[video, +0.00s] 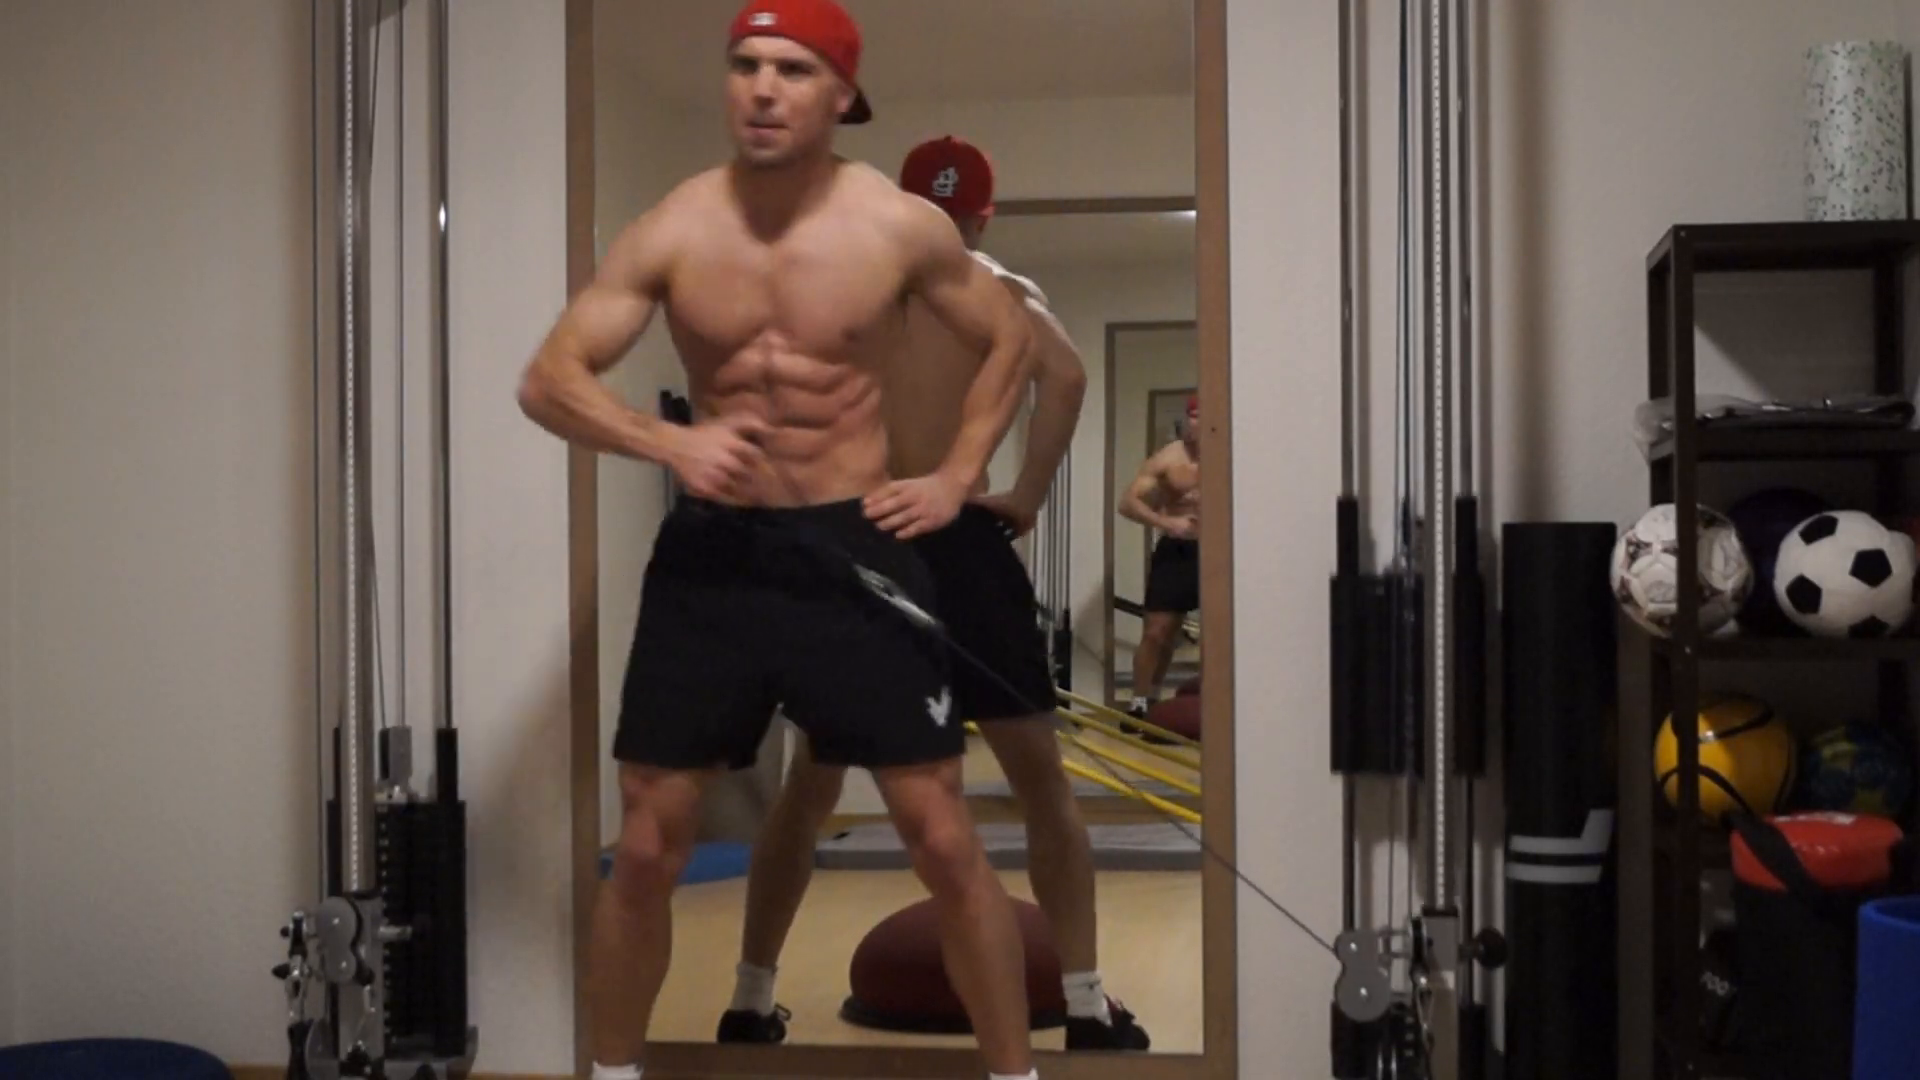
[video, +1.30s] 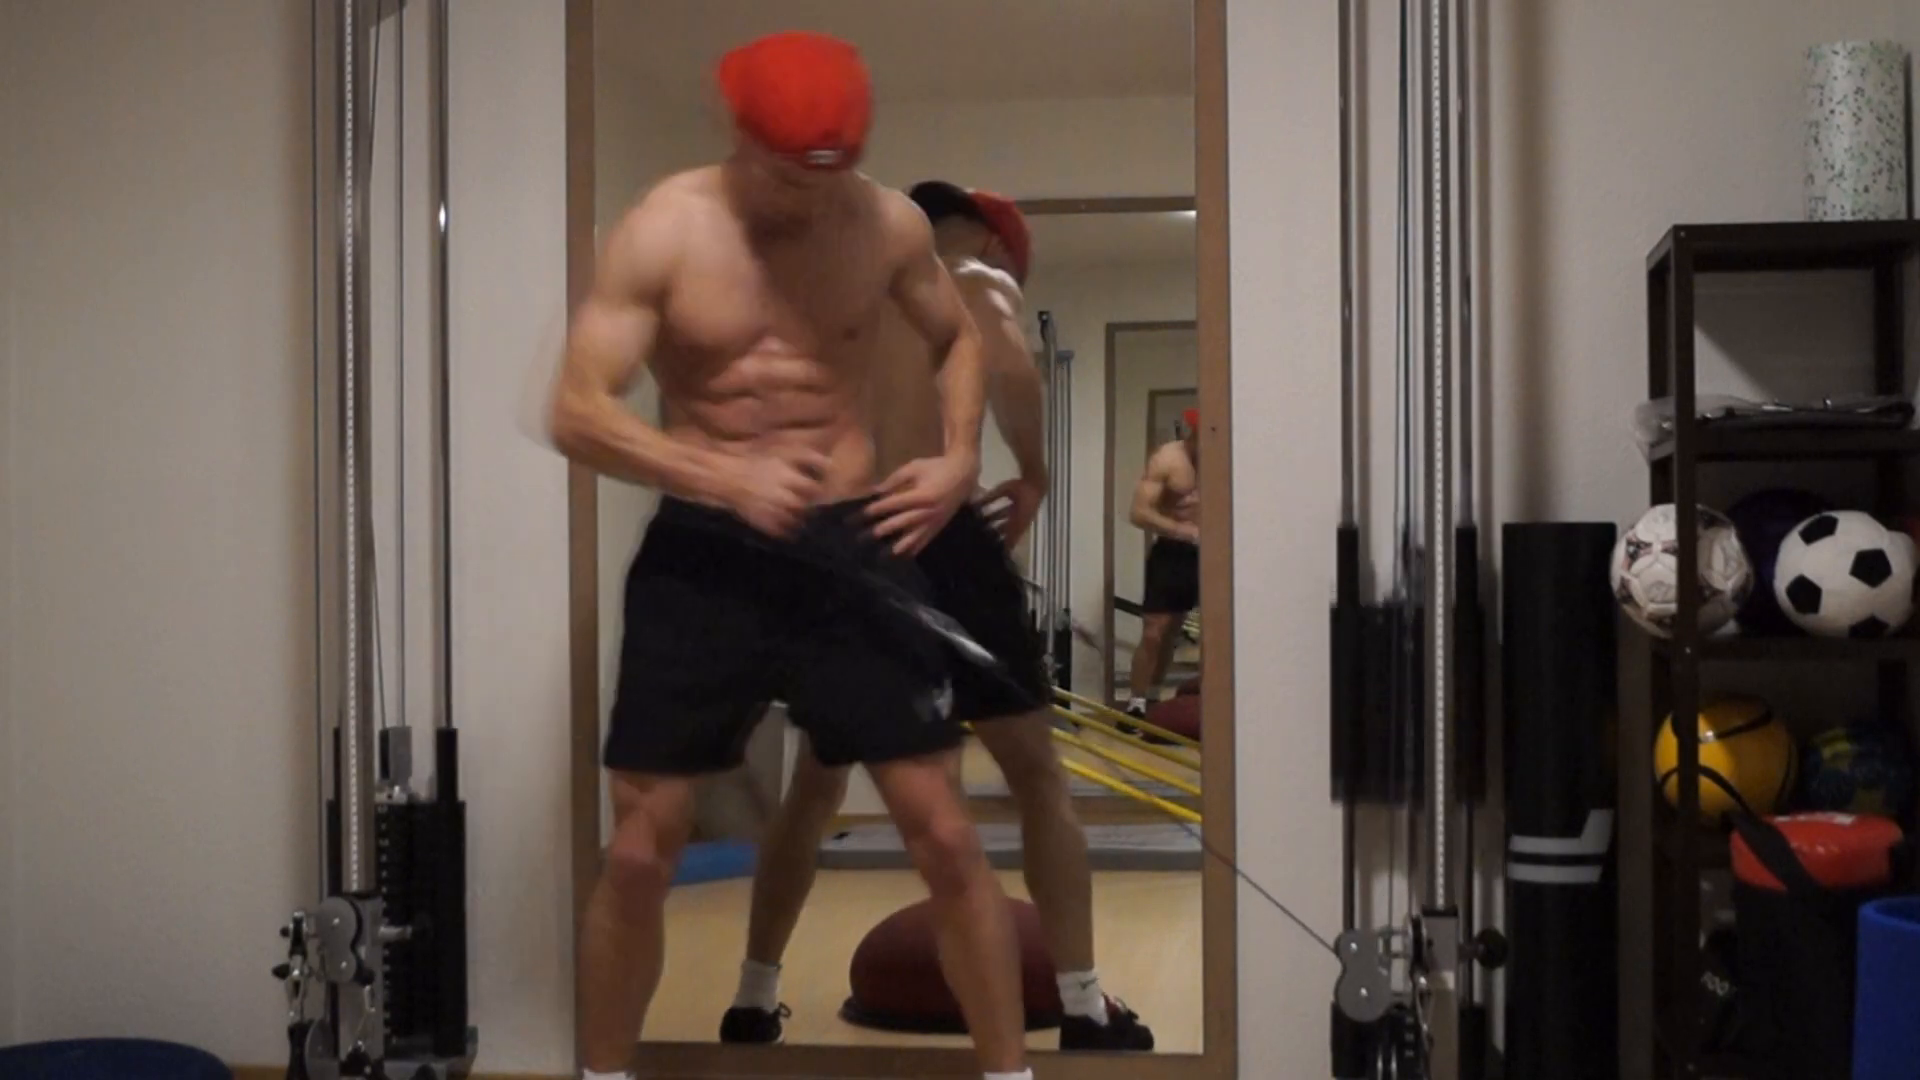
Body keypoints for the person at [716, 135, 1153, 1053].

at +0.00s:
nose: (979, 226)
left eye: (962, 210)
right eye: (981, 213)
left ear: (899, 204)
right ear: (981, 216)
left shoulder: (838, 278)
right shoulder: (999, 291)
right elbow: (1066, 373)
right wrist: (1026, 497)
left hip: (851, 552)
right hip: (967, 548)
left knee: (809, 790)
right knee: (1041, 781)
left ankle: (751, 999)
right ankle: (1084, 1003)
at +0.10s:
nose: (1036, 227)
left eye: (1026, 214)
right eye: (1034, 213)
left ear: (947, 209)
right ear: (1020, 216)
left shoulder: (892, 276)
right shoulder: (1025, 293)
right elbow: (1032, 382)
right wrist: (1023, 500)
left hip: (880, 546)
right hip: (987, 550)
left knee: (821, 795)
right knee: (1056, 783)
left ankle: (753, 996)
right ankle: (1086, 1003)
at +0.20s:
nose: (1060, 246)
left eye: (1061, 229)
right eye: (1057, 228)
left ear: (980, 215)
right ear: (1023, 220)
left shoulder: (917, 279)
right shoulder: (1005, 287)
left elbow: (894, 445)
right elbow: (986, 432)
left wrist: (1027, 526)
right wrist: (1029, 529)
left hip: (885, 556)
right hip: (980, 555)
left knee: (828, 798)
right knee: (1059, 782)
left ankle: (754, 999)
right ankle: (1088, 1005)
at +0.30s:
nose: (1092, 260)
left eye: (1095, 244)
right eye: (1088, 240)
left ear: (1031, 224)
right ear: (1042, 224)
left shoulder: (986, 305)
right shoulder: (991, 291)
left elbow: (1019, 480)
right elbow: (953, 443)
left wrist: (1096, 553)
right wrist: (1010, 554)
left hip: (901, 567)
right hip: (966, 573)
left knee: (840, 793)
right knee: (1059, 781)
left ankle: (756, 994)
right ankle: (1087, 1004)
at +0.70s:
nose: (1029, 298)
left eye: (1035, 283)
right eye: (1031, 278)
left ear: (970, 245)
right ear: (1004, 252)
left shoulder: (896, 294)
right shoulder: (969, 301)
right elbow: (955, 420)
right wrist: (988, 524)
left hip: (874, 554)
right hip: (953, 561)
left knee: (833, 792)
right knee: (1034, 779)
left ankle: (762, 993)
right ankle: (1083, 1000)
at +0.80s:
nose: (1011, 288)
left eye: (1012, 277)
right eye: (1011, 274)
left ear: (926, 235)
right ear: (993, 253)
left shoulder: (852, 284)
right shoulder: (987, 289)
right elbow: (1016, 374)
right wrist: (1008, 493)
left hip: (837, 544)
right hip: (945, 546)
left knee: (811, 782)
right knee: (1025, 781)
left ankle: (757, 991)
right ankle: (1082, 1000)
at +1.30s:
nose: (1000, 282)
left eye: (1000, 272)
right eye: (999, 268)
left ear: (907, 237)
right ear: (982, 249)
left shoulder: (848, 290)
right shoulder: (985, 280)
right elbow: (1005, 359)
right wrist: (1035, 474)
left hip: (844, 547)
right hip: (954, 540)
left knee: (814, 790)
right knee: (1038, 775)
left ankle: (755, 996)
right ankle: (1082, 1004)